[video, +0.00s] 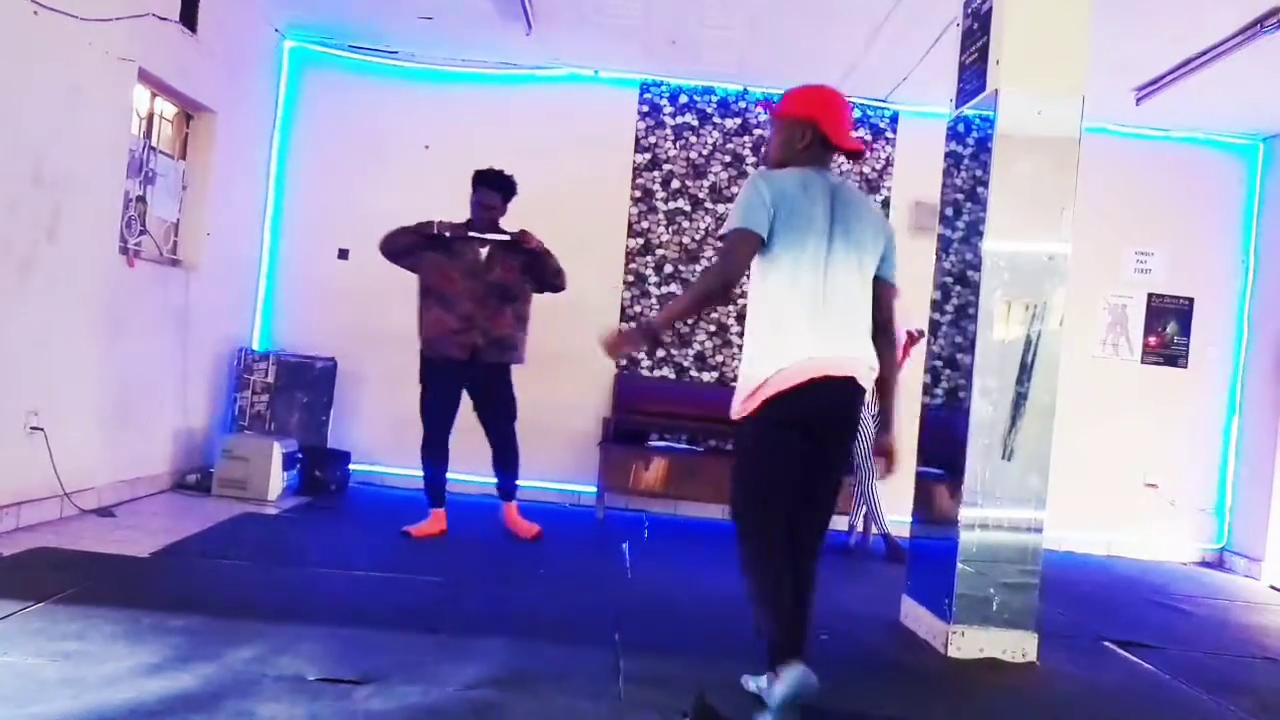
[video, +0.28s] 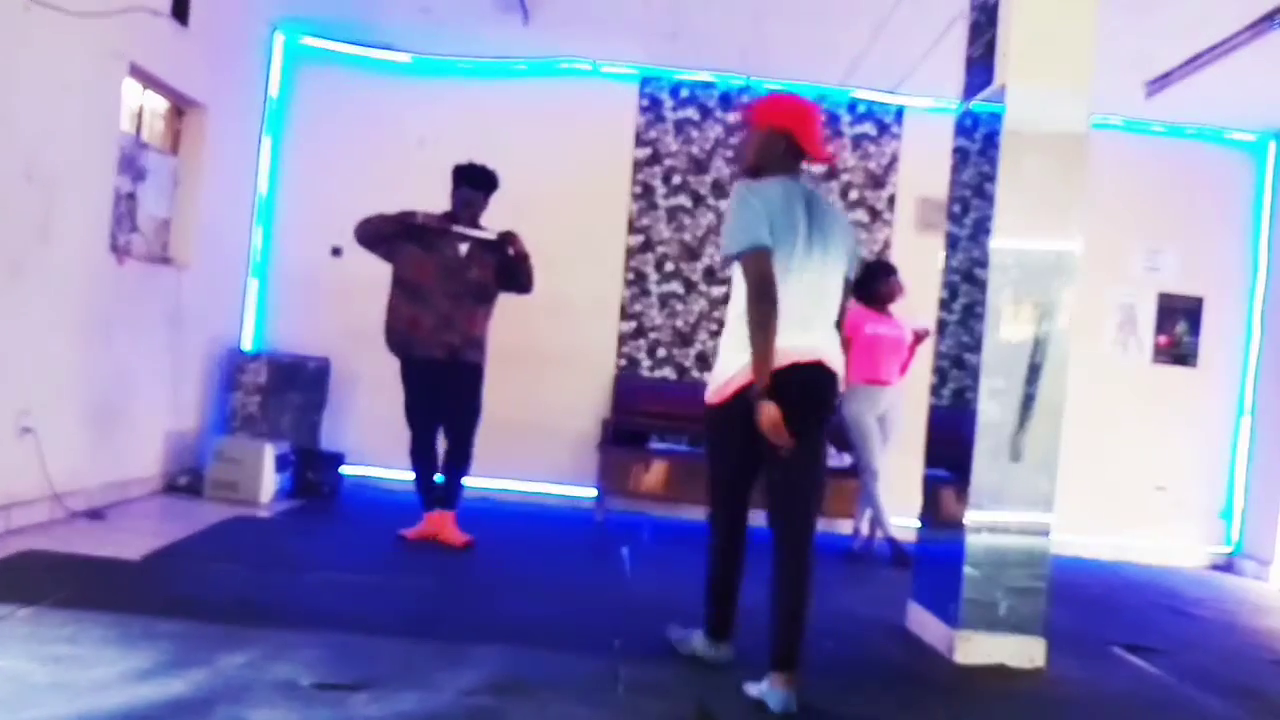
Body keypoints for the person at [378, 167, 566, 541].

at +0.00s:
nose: (483, 212)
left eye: (492, 207)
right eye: (479, 203)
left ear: (505, 208)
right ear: (471, 199)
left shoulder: (518, 253)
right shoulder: (439, 247)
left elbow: (556, 283)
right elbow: (390, 247)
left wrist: (537, 250)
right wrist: (431, 231)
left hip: (491, 363)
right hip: (442, 359)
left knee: (503, 434)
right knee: (435, 435)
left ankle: (510, 510)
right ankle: (436, 514)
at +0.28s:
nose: (472, 204)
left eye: (480, 198)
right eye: (466, 195)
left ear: (488, 202)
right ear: (453, 193)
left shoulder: (489, 252)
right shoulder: (416, 236)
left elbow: (522, 284)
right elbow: (365, 232)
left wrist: (515, 252)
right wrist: (414, 222)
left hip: (465, 357)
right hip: (419, 353)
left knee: (461, 436)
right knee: (423, 433)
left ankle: (448, 515)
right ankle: (430, 512)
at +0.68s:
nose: (448, 194)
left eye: (457, 187)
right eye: (443, 185)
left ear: (471, 191)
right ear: (435, 185)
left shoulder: (484, 241)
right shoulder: (406, 231)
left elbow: (526, 278)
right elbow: (355, 236)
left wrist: (501, 236)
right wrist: (393, 216)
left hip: (450, 352)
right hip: (405, 347)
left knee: (433, 425)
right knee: (405, 427)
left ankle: (421, 512)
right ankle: (427, 504)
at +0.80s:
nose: (443, 193)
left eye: (451, 187)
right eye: (438, 185)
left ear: (467, 189)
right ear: (430, 185)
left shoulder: (483, 234)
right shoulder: (411, 224)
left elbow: (520, 284)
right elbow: (363, 255)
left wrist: (493, 257)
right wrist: (396, 232)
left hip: (450, 355)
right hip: (403, 349)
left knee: (432, 432)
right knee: (386, 425)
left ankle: (423, 513)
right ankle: (410, 498)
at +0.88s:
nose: (441, 187)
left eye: (449, 181)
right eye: (435, 180)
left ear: (465, 185)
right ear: (428, 182)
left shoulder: (482, 233)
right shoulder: (411, 226)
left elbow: (509, 288)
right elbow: (372, 272)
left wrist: (489, 272)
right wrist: (389, 258)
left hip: (449, 353)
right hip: (403, 347)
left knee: (433, 433)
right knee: (383, 423)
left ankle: (424, 517)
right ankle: (393, 508)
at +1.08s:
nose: (437, 177)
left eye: (446, 171)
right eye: (432, 169)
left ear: (461, 179)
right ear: (424, 173)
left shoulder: (476, 230)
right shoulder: (405, 225)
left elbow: (484, 291)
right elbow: (391, 284)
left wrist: (460, 268)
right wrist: (394, 328)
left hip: (442, 350)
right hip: (399, 345)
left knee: (427, 434)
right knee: (387, 431)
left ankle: (422, 517)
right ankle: (389, 513)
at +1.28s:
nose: (436, 177)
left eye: (445, 171)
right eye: (431, 170)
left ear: (461, 180)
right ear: (424, 175)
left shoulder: (476, 232)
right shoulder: (400, 225)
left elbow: (490, 291)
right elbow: (383, 284)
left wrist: (495, 294)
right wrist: (396, 332)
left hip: (445, 352)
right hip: (400, 346)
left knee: (428, 432)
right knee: (390, 428)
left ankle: (422, 510)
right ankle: (411, 496)